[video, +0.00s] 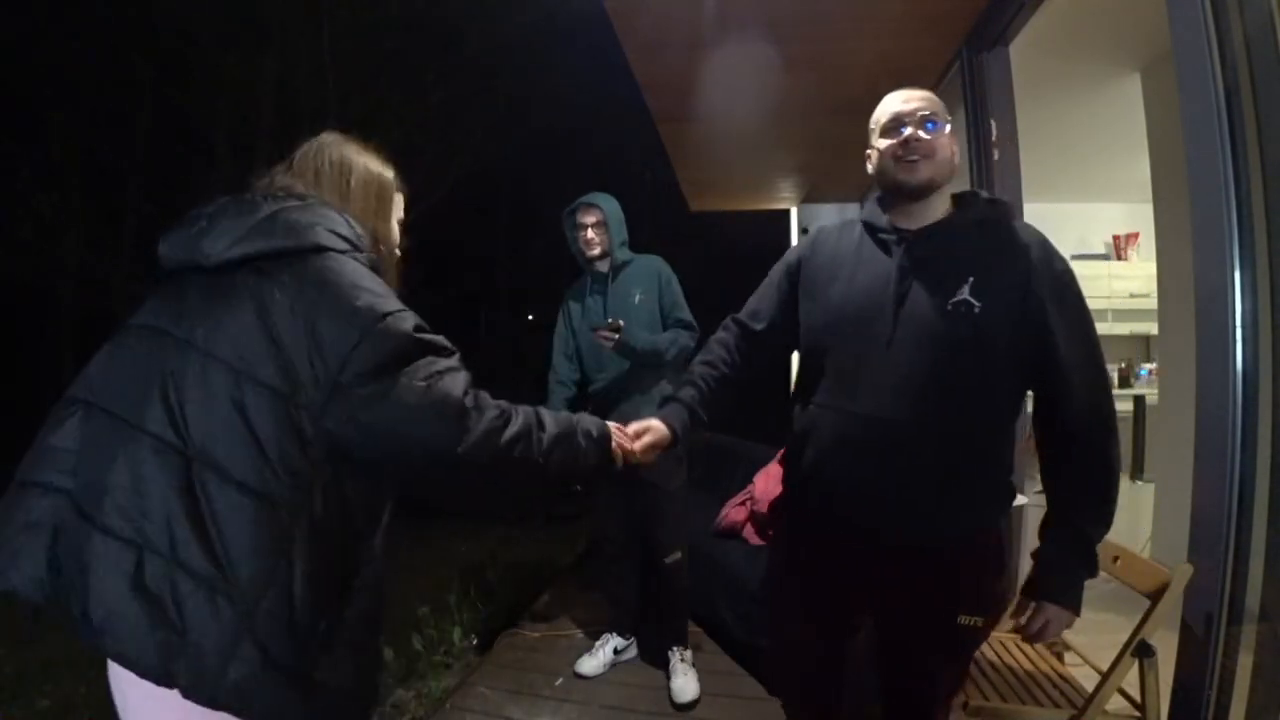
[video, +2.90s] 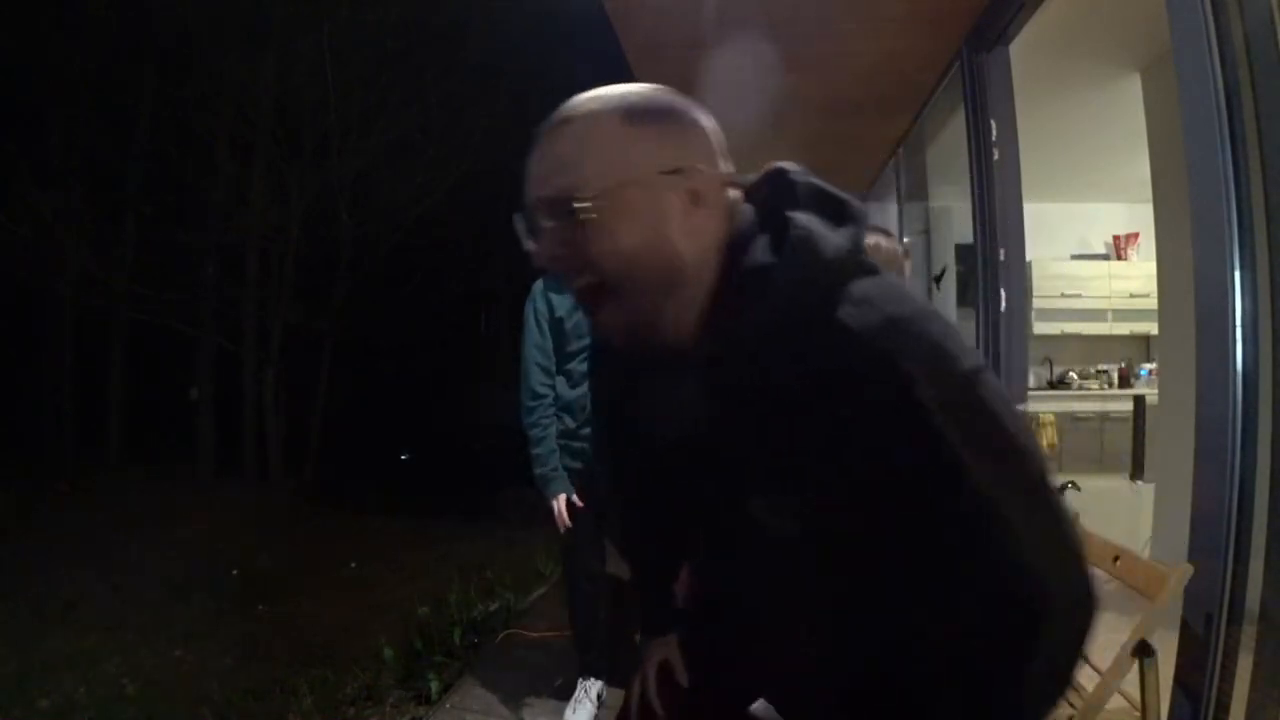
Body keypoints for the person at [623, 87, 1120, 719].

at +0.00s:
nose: (912, 132)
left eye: (930, 122)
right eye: (894, 126)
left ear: (957, 153)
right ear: (869, 158)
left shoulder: (1018, 255)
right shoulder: (821, 249)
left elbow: (1081, 419)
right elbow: (740, 344)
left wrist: (1063, 569)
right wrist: (673, 419)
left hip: (951, 542)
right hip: (821, 532)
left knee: (916, 703)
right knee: (813, 699)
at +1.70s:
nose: (909, 76)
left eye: (941, 63)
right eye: (891, 64)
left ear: (979, 102)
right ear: (865, 99)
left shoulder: (1040, 209)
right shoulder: (796, 218)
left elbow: (1104, 440)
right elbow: (730, 376)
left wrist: (990, 638)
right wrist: (735, 511)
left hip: (944, 596)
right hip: (787, 582)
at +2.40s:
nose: (851, 105)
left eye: (877, 87)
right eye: (822, 96)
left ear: (920, 125)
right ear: (793, 147)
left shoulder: (1019, 259)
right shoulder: (735, 278)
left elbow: (1085, 469)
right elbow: (697, 462)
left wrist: (965, 643)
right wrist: (747, 606)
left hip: (945, 645)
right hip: (786, 639)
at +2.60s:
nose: (804, 166)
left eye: (841, 133)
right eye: (776, 144)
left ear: (911, 160)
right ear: (752, 178)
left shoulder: (1019, 309)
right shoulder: (708, 317)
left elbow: (1121, 534)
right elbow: (659, 498)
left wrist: (969, 668)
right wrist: (713, 627)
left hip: (935, 686)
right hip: (763, 681)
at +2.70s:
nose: (733, 212)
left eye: (772, 171)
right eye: (706, 187)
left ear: (866, 183)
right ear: (690, 206)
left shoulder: (994, 333)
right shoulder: (686, 338)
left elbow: (1132, 583)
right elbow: (658, 504)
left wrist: (962, 693)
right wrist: (700, 634)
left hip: (941, 668)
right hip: (768, 671)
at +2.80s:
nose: (640, 242)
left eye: (673, 202)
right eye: (628, 210)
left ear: (794, 198)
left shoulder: (938, 341)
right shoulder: (660, 358)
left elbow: (1113, 601)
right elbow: (655, 508)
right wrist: (674, 630)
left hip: (939, 684)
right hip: (759, 677)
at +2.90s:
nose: (546, 255)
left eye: (572, 215)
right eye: (538, 225)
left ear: (695, 197)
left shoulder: (854, 326)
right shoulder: (632, 341)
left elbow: (1042, 594)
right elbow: (637, 512)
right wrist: (660, 626)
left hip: (922, 673)